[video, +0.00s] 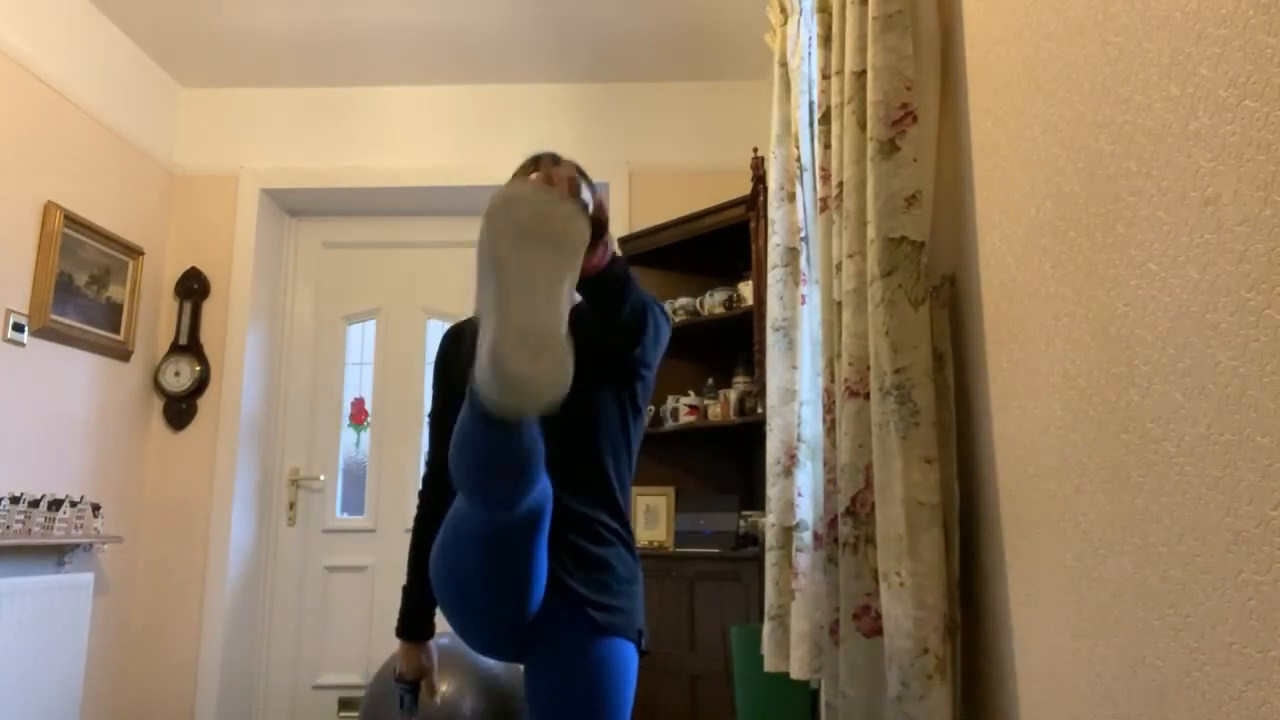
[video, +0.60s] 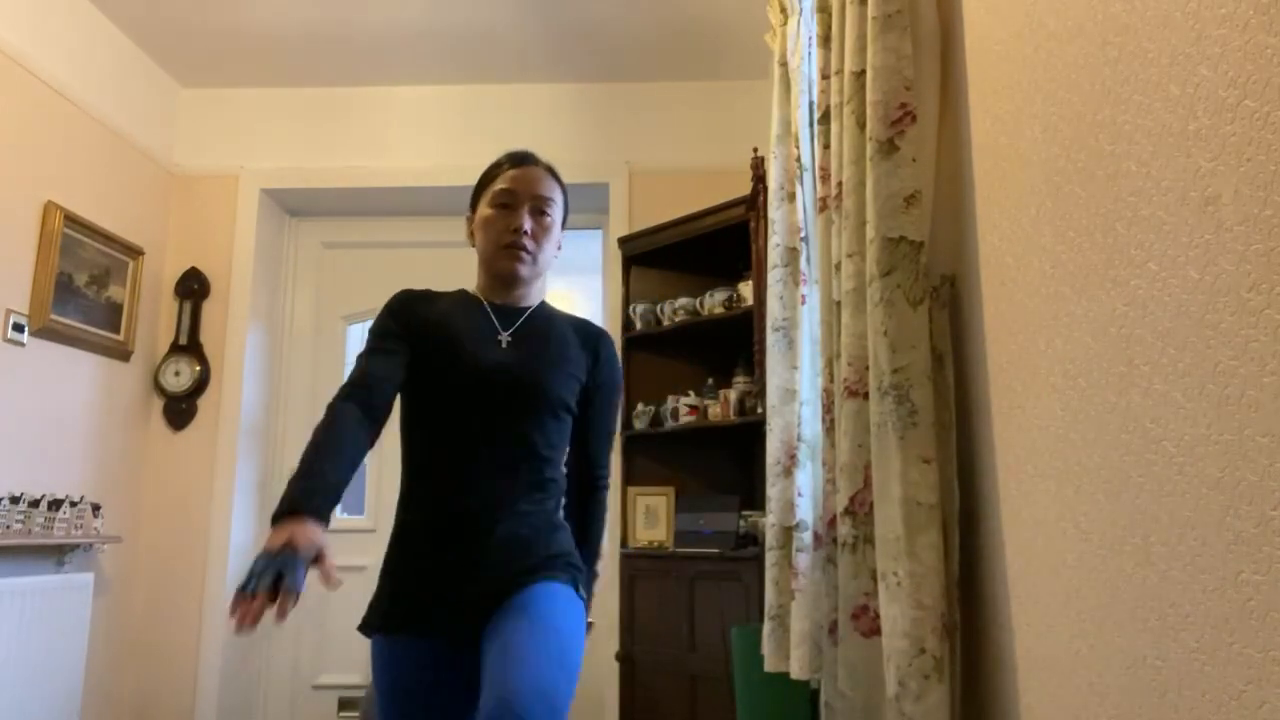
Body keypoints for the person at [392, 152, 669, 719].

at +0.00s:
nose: (546, 220)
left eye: (563, 206)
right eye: (530, 206)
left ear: (593, 228)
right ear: (505, 222)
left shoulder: (631, 323)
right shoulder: (465, 340)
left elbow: (632, 325)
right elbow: (438, 487)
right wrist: (414, 630)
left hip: (593, 598)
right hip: (484, 600)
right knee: (497, 501)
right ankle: (507, 392)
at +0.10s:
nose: (554, 222)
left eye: (574, 208)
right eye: (534, 205)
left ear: (596, 232)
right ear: (507, 229)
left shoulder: (620, 325)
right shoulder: (467, 332)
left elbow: (652, 341)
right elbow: (440, 475)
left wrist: (642, 304)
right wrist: (414, 585)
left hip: (596, 567)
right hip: (500, 548)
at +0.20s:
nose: (553, 215)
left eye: (572, 202)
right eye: (533, 199)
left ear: (596, 229)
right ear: (505, 226)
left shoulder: (630, 316)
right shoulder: (461, 324)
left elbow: (673, 353)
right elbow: (425, 469)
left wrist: (672, 373)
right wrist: (387, 605)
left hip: (592, 572)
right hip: (482, 557)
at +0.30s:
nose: (548, 219)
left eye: (566, 205)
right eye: (528, 202)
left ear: (588, 230)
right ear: (499, 226)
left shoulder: (628, 327)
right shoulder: (452, 321)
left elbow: (676, 411)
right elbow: (405, 464)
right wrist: (358, 599)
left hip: (586, 595)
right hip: (469, 593)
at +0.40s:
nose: (540, 229)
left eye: (557, 216)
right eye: (520, 211)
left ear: (575, 239)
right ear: (489, 231)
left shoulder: (610, 344)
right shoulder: (433, 327)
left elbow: (654, 472)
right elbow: (378, 465)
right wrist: (320, 599)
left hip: (569, 627)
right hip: (446, 621)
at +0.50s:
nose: (529, 225)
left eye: (549, 213)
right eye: (511, 207)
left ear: (565, 241)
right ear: (479, 228)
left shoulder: (597, 345)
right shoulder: (420, 322)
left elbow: (617, 488)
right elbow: (356, 454)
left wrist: (632, 625)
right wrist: (291, 579)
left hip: (546, 620)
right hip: (425, 613)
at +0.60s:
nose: (522, 220)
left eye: (541, 211)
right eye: (504, 204)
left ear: (558, 241)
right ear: (473, 225)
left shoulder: (590, 348)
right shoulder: (415, 314)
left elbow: (589, 483)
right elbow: (358, 409)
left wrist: (579, 588)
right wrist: (303, 514)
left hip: (535, 575)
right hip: (422, 578)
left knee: (522, 706)